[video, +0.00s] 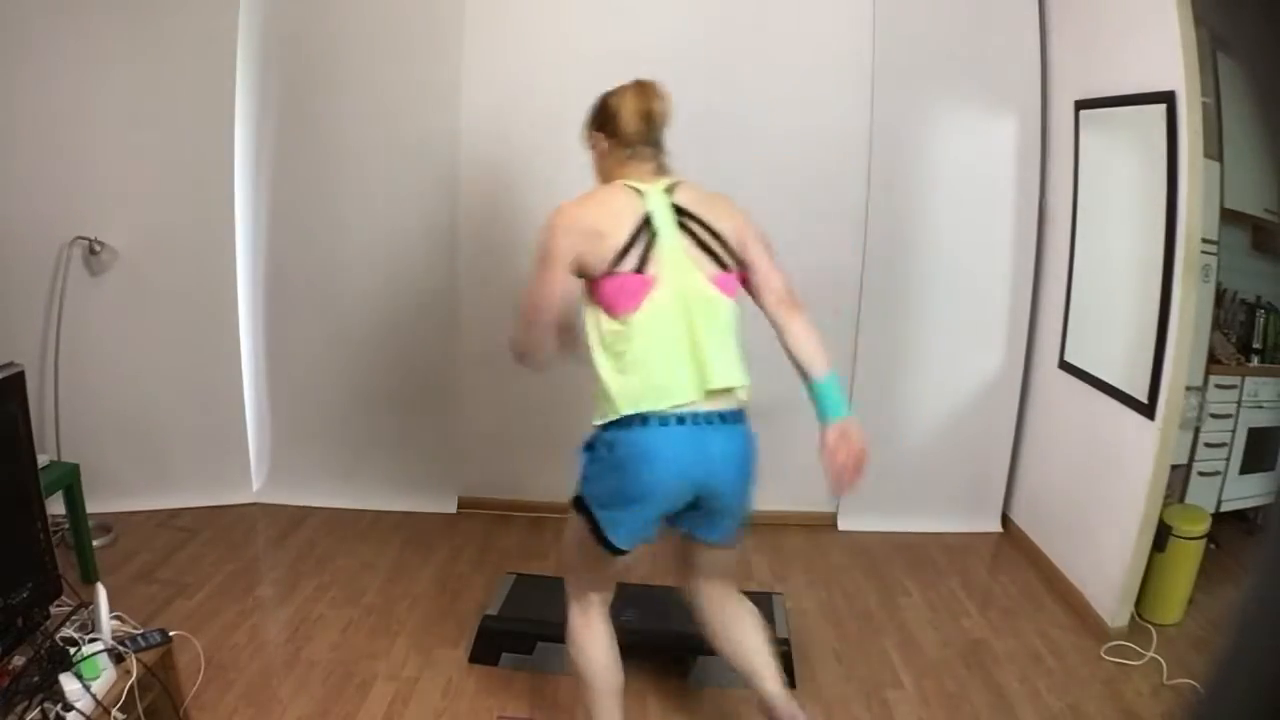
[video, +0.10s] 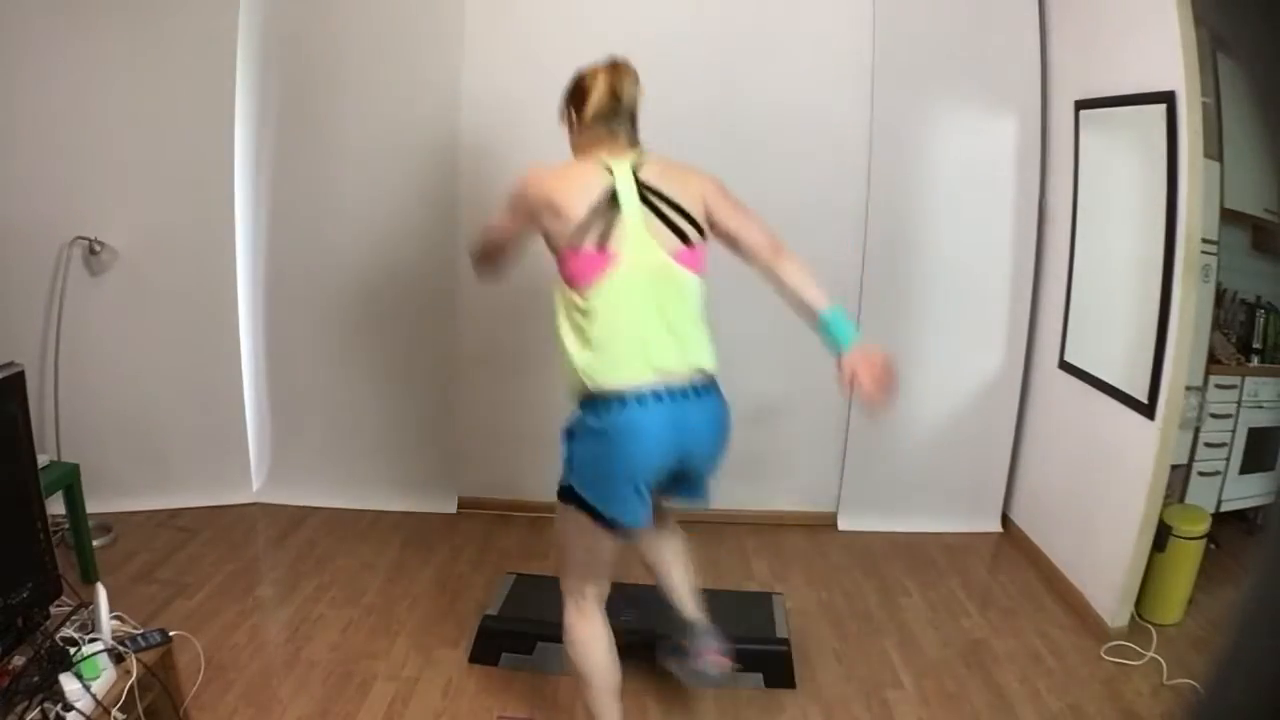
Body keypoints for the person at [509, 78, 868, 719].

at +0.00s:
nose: (591, 153)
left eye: (590, 144)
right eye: (591, 145)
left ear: (600, 142)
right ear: (662, 141)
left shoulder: (579, 219)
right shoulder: (721, 213)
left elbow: (533, 345)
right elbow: (786, 311)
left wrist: (574, 323)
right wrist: (834, 410)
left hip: (639, 451)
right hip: (726, 446)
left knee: (587, 593)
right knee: (715, 585)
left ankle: (605, 714)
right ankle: (784, 706)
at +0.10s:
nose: (565, 130)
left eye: (565, 122)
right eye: (571, 122)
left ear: (572, 121)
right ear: (634, 120)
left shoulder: (548, 188)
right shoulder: (687, 183)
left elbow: (488, 256)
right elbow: (773, 257)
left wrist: (515, 216)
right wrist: (845, 338)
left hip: (619, 428)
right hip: (701, 416)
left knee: (584, 599)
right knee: (655, 513)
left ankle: (607, 713)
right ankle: (701, 636)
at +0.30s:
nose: (538, 66)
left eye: (538, 56)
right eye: (541, 56)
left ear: (550, 52)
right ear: (602, 51)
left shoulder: (529, 100)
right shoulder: (658, 117)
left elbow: (440, 158)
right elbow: (734, 192)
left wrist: (487, 131)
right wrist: (792, 271)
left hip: (570, 325)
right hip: (645, 325)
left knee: (552, 509)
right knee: (579, 453)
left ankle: (572, 674)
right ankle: (556, 566)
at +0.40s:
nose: (521, 79)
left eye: (520, 69)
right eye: (519, 70)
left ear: (540, 58)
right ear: (580, 58)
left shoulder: (525, 113)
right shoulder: (634, 124)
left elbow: (431, 178)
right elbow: (700, 207)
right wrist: (743, 290)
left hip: (552, 327)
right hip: (622, 326)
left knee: (505, 480)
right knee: (557, 451)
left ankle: (508, 640)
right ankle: (554, 591)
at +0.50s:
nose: (501, 81)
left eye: (503, 68)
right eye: (500, 69)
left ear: (525, 59)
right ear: (553, 59)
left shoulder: (515, 114)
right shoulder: (609, 119)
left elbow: (431, 205)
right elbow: (667, 207)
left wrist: (377, 270)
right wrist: (669, 295)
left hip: (541, 319)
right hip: (606, 318)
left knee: (480, 448)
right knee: (550, 444)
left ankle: (459, 594)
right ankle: (553, 587)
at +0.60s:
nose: (483, 83)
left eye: (484, 69)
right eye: (480, 71)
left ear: (510, 58)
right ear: (538, 58)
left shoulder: (507, 116)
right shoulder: (590, 115)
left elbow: (461, 210)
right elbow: (638, 200)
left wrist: (414, 299)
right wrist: (594, 253)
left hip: (526, 312)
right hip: (589, 311)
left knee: (468, 434)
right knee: (545, 439)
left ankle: (436, 557)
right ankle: (554, 583)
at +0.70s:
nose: (469, 99)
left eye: (469, 85)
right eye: (465, 87)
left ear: (493, 72)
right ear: (516, 72)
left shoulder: (492, 130)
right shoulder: (566, 124)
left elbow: (492, 217)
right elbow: (604, 202)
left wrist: (484, 309)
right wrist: (552, 233)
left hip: (506, 316)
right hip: (569, 316)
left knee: (462, 442)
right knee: (533, 443)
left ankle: (439, 545)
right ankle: (550, 580)